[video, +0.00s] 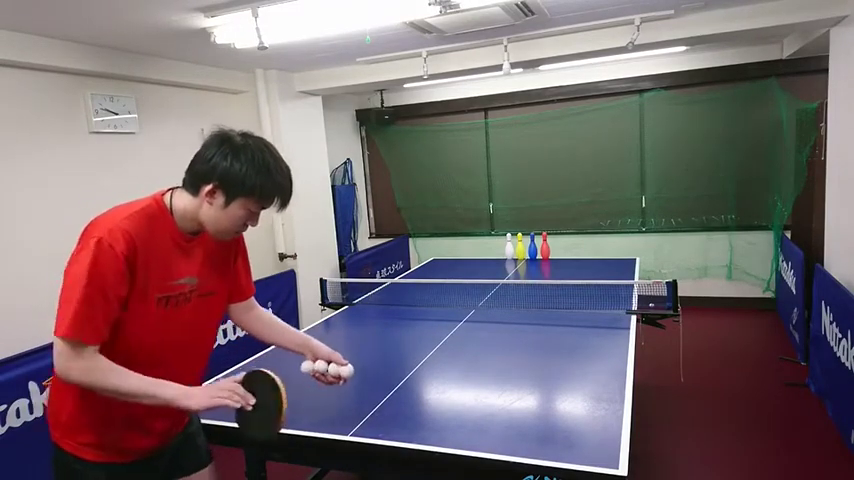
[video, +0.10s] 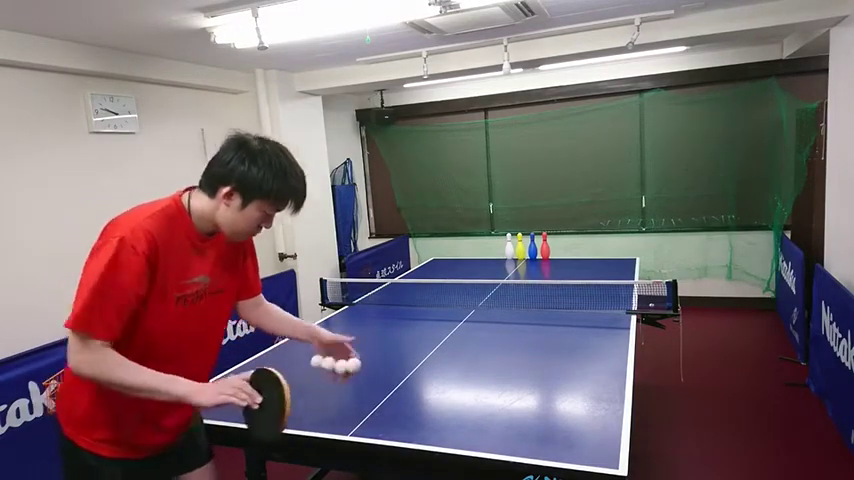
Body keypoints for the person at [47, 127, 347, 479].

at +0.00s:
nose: (254, 223)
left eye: (259, 213)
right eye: (251, 212)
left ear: (211, 196)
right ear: (211, 194)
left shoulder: (223, 235)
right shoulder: (112, 239)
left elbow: (244, 309)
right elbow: (71, 361)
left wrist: (310, 347)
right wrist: (185, 394)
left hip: (174, 431)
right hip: (96, 447)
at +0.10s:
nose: (268, 225)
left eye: (273, 216)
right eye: (266, 214)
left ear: (228, 197)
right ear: (228, 196)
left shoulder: (233, 234)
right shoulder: (132, 239)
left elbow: (252, 304)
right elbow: (84, 354)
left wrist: (316, 335)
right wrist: (197, 391)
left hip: (176, 428)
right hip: (105, 442)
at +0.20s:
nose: (281, 228)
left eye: (286, 219)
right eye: (281, 216)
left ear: (247, 201)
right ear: (246, 200)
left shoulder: (237, 231)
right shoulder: (159, 245)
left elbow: (255, 303)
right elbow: (152, 363)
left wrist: (317, 319)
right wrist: (264, 388)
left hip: (176, 415)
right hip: (112, 430)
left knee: (199, 472)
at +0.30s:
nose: (292, 228)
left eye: (297, 219)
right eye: (293, 216)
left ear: (258, 202)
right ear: (261, 203)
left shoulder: (235, 225)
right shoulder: (191, 262)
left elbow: (255, 299)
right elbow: (239, 352)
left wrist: (303, 299)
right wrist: (318, 364)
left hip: (172, 410)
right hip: (118, 426)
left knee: (202, 472)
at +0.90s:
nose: (284, 188)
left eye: (286, 178)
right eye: (285, 178)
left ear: (225, 165)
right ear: (267, 178)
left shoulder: (192, 204)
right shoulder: (224, 234)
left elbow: (218, 293)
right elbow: (253, 330)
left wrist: (270, 278)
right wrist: (309, 332)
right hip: (143, 428)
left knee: (207, 471)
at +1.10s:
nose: (251, 177)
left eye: (254, 166)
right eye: (252, 166)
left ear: (189, 159)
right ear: (231, 167)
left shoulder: (165, 204)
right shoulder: (183, 226)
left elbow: (180, 284)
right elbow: (219, 336)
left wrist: (241, 292)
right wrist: (288, 341)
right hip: (130, 436)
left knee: (200, 468)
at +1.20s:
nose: (227, 172)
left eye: (228, 161)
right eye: (226, 161)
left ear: (161, 156)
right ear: (204, 163)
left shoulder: (139, 206)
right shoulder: (156, 225)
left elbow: (150, 290)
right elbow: (190, 343)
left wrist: (214, 298)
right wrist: (265, 348)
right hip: (126, 441)